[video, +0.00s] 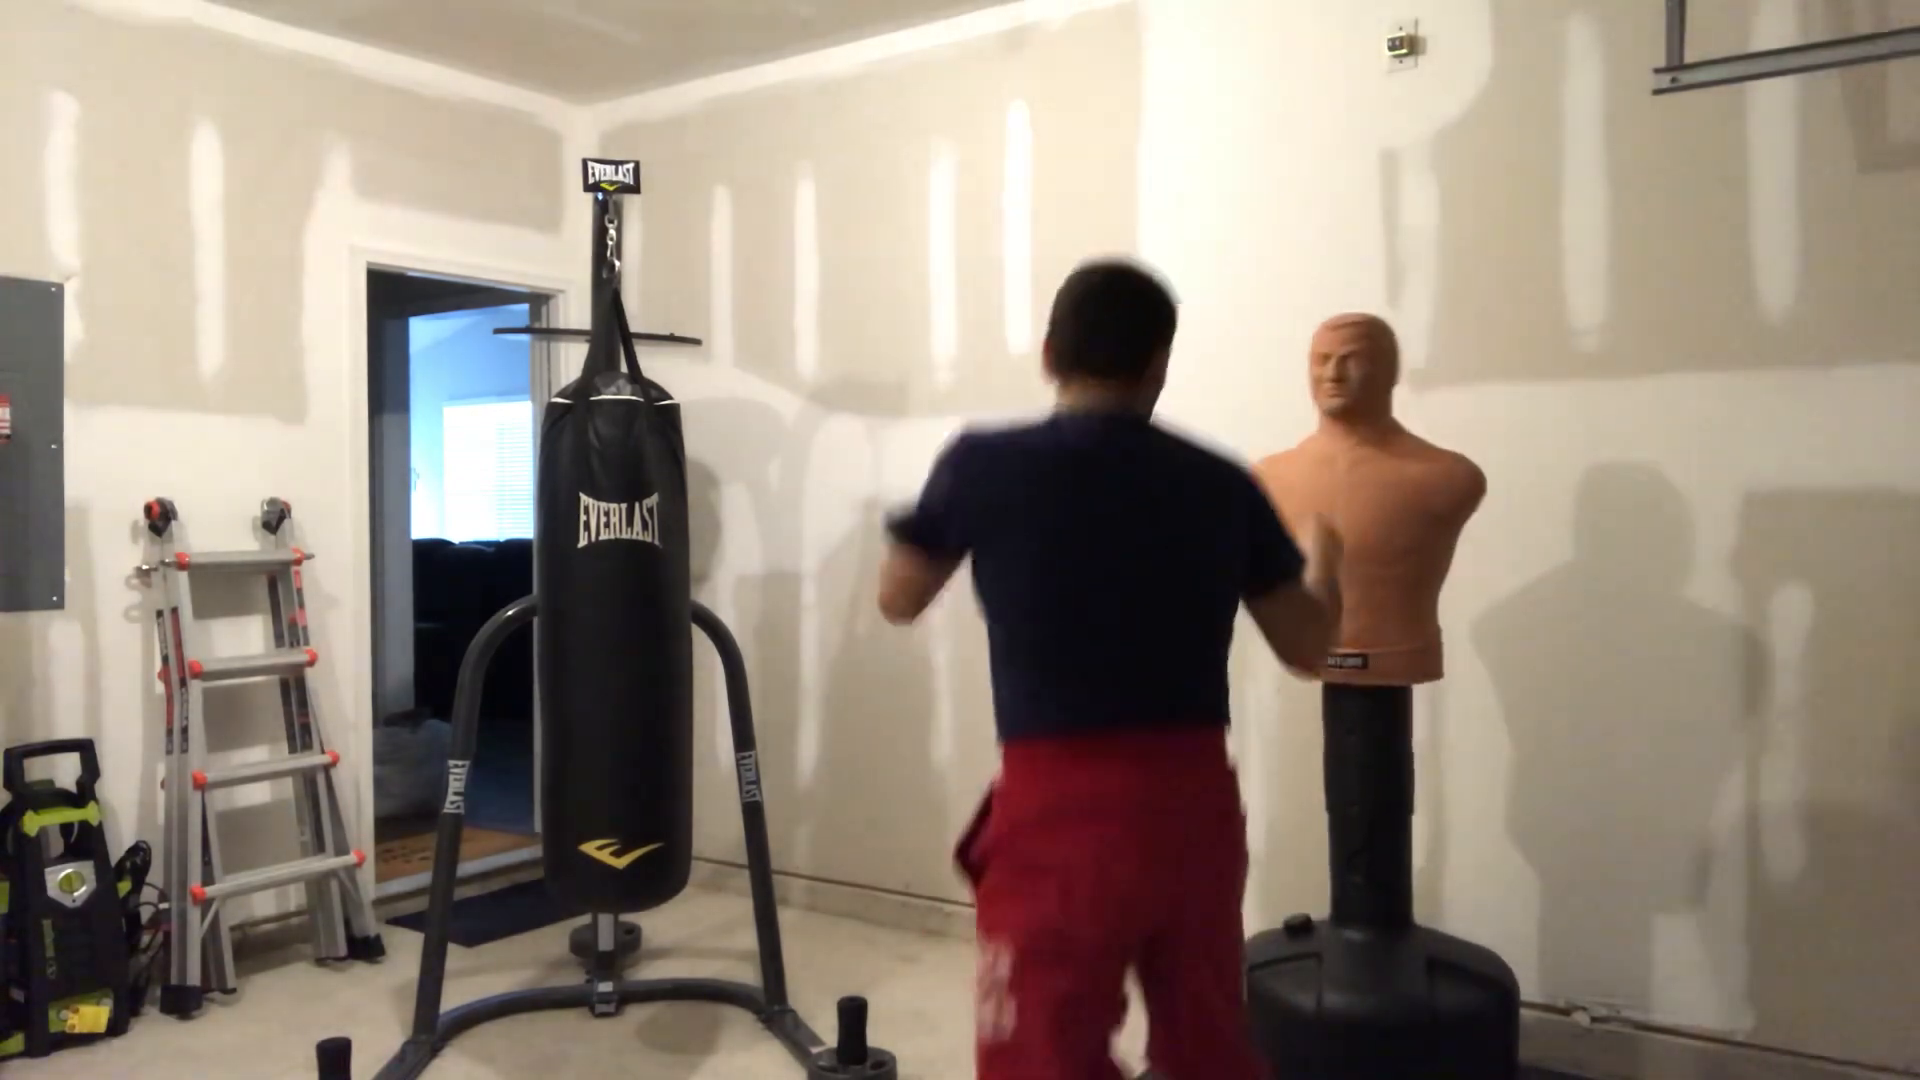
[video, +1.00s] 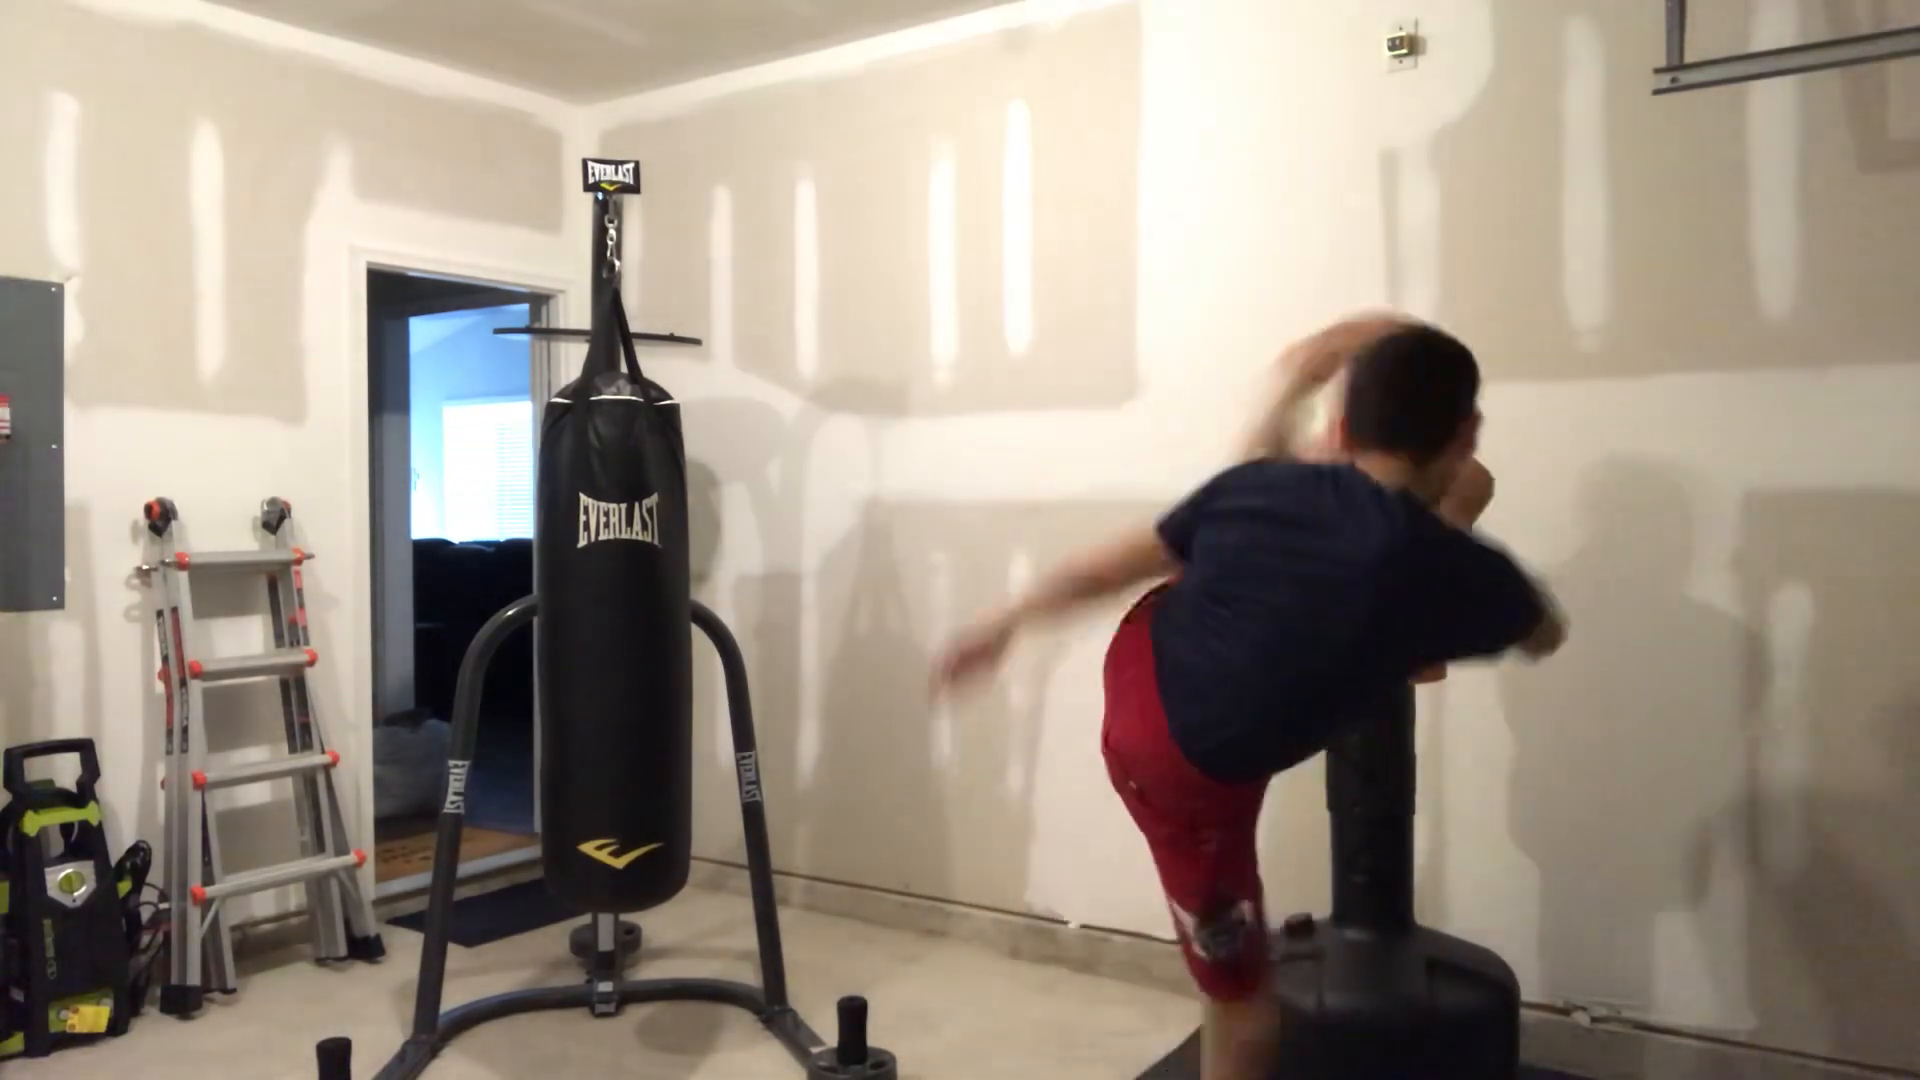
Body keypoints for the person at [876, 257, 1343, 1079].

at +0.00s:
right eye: (1159, 357)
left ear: (1049, 354)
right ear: (1159, 367)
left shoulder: (986, 465)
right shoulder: (1218, 484)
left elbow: (898, 598)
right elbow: (1307, 647)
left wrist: (926, 513)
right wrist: (1326, 569)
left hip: (1054, 821)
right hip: (1194, 816)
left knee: (1039, 1057)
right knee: (1206, 1052)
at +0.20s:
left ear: (1015, 371)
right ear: (1135, 373)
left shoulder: (961, 486)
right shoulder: (1202, 490)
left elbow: (909, 636)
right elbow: (1308, 656)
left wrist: (962, 537)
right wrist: (1310, 577)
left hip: (1056, 851)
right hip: (1203, 848)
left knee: (1015, 1065)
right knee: (1204, 1064)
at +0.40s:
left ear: (1031, 372)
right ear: (1148, 373)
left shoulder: (980, 494)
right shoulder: (1216, 480)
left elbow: (923, 633)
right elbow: (1343, 567)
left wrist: (977, 533)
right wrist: (1287, 455)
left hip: (1086, 839)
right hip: (1235, 825)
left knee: (1057, 1062)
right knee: (1233, 1053)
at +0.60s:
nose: (1279, 388)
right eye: (1275, 372)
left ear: (1151, 378)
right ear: (1257, 385)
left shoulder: (1079, 488)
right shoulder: (1302, 526)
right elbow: (1396, 720)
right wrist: (1424, 621)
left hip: (1085, 846)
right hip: (1236, 858)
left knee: (1070, 1066)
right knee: (1277, 1063)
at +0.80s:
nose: (1412, 374)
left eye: (1406, 355)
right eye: (1411, 357)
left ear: (1291, 359)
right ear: (1398, 370)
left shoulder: (1228, 438)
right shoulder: (1396, 520)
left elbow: (1163, 411)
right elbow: (1542, 684)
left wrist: (1177, 360)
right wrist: (1561, 555)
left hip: (1132, 744)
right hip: (1231, 815)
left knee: (1051, 873)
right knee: (1264, 1054)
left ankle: (950, 1025)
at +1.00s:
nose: (1475, 436)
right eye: (1473, 422)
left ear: (1343, 428)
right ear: (1459, 442)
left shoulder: (1270, 489)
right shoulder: (1439, 563)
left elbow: (1118, 565)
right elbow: (1547, 635)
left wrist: (1005, 621)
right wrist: (1450, 530)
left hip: (1133, 667)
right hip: (1186, 785)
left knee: (1246, 506)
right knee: (1241, 1022)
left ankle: (1287, 379)